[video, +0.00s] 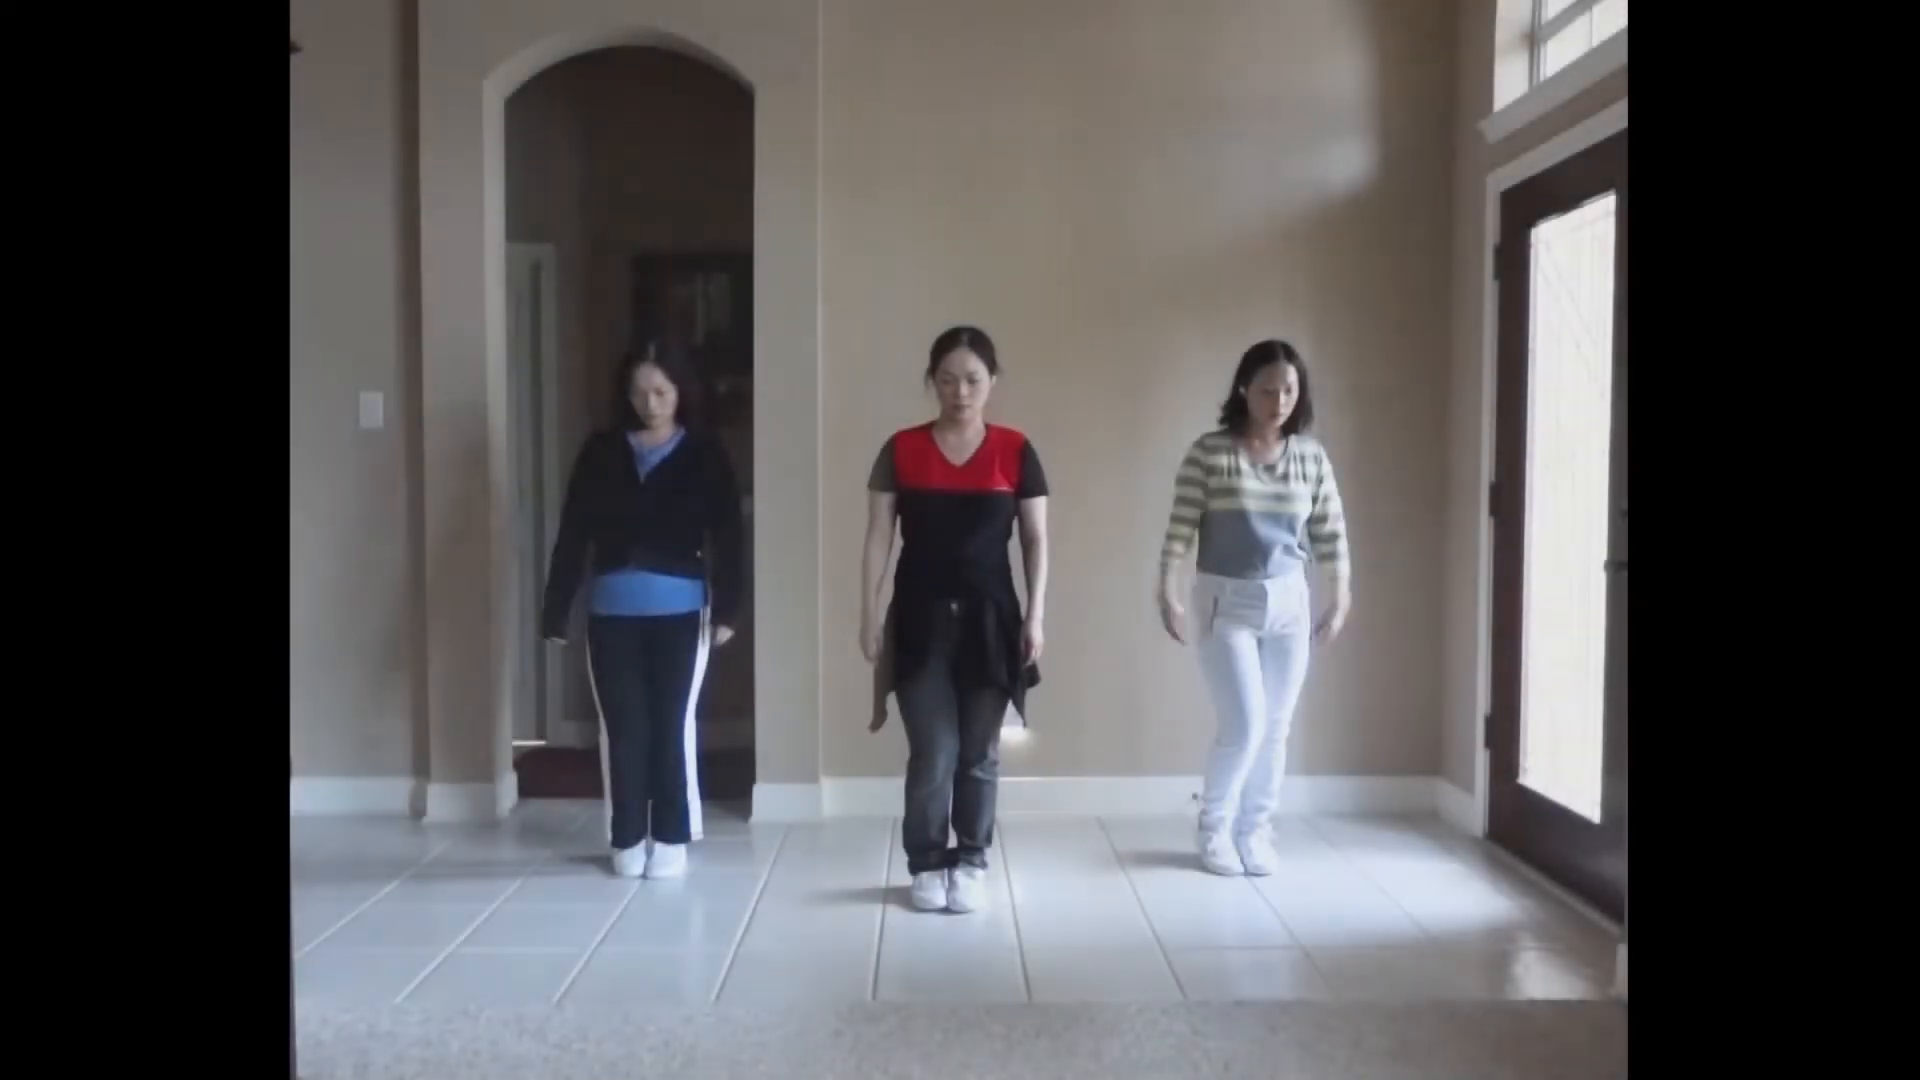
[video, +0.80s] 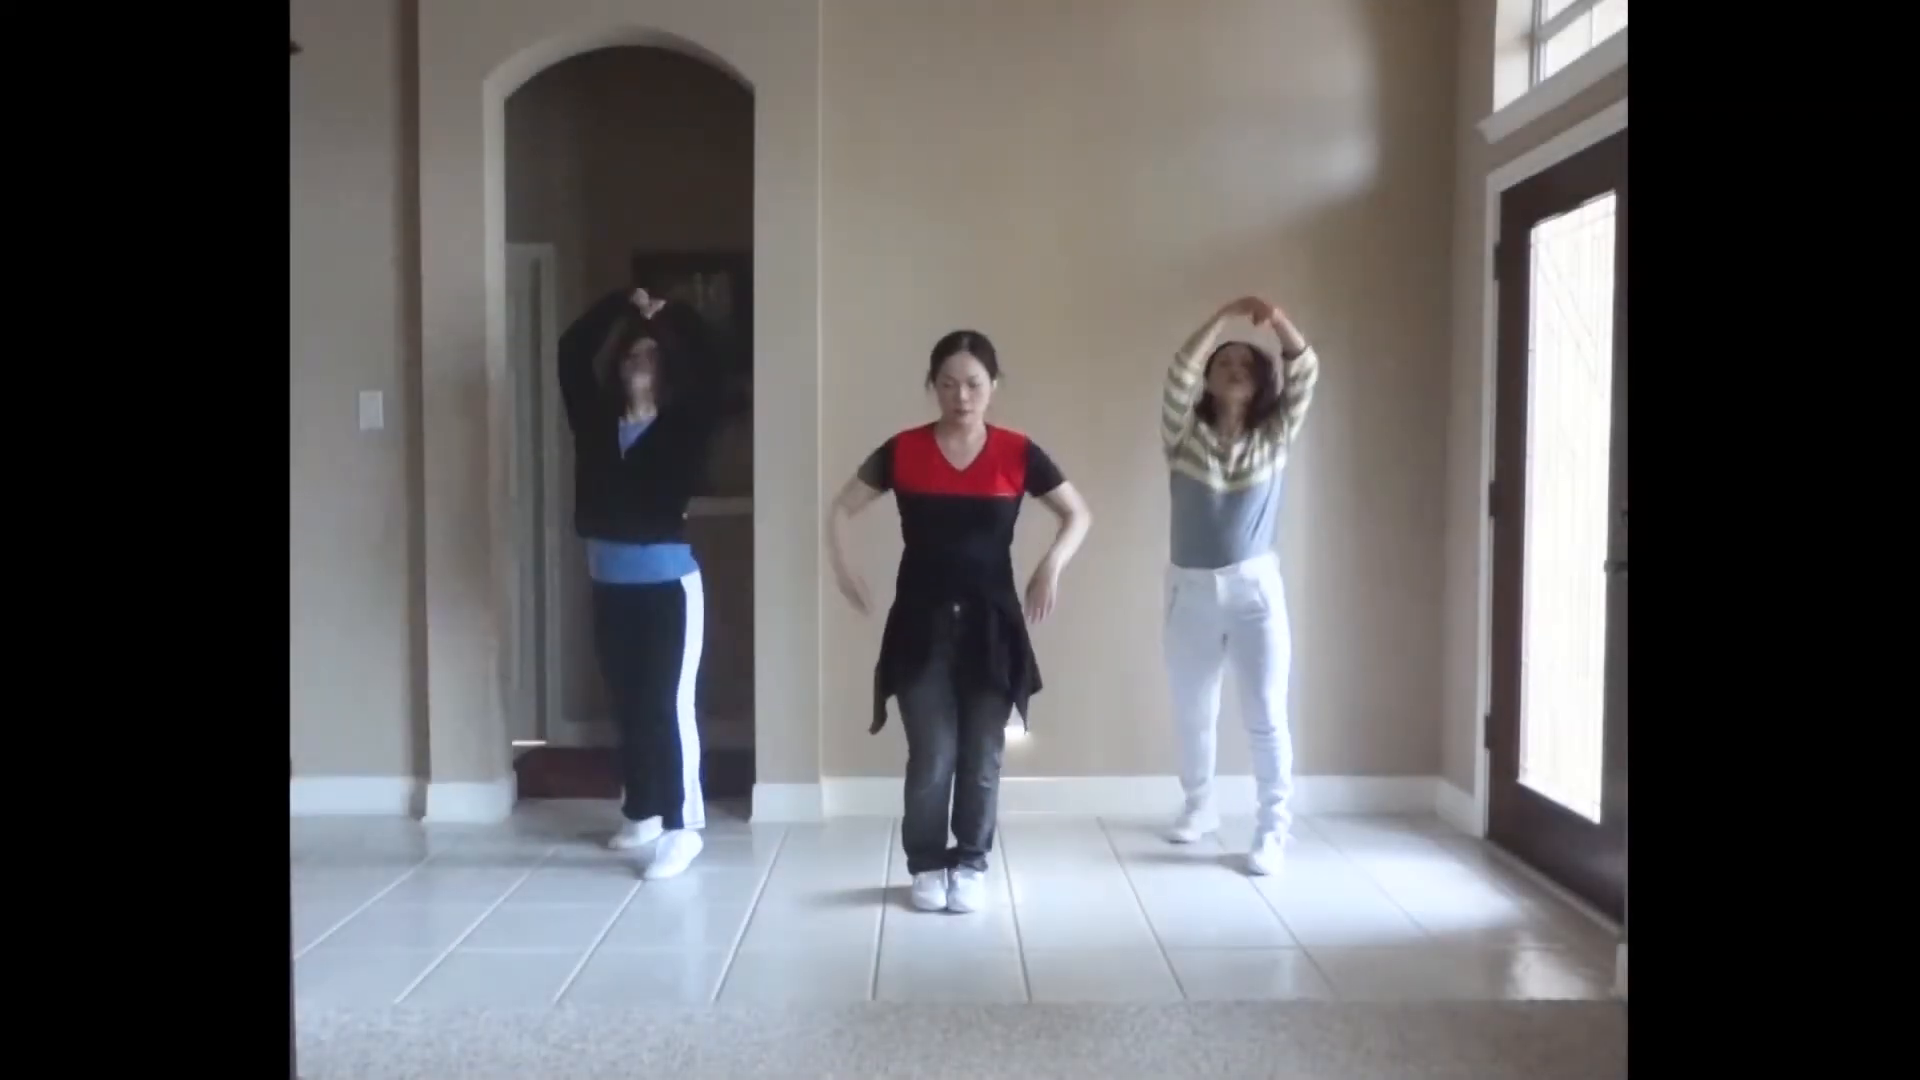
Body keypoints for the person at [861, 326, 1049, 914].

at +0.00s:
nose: (960, 389)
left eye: (972, 379)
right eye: (949, 378)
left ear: (991, 383)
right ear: (933, 382)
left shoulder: (1014, 450)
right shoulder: (903, 449)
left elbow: (1035, 538)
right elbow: (880, 536)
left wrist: (1035, 616)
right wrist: (870, 617)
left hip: (990, 619)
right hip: (920, 618)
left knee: (978, 752)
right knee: (934, 750)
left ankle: (969, 863)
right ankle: (927, 867)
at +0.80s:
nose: (961, 394)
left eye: (973, 383)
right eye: (949, 382)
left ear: (992, 388)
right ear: (933, 386)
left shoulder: (1017, 453)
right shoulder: (903, 451)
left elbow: (1079, 515)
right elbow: (841, 509)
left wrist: (1050, 568)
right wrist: (843, 569)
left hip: (990, 620)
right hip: (921, 619)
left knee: (981, 756)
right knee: (933, 753)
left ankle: (970, 867)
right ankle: (927, 869)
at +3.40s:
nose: (971, 434)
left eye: (983, 424)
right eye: (960, 422)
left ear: (999, 433)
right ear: (940, 428)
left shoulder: (1007, 485)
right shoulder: (909, 474)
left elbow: (1056, 475)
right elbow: (887, 451)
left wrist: (1022, 446)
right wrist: (909, 430)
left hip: (970, 644)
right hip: (901, 642)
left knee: (974, 775)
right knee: (906, 775)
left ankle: (973, 903)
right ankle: (927, 828)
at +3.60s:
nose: (978, 385)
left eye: (991, 376)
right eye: (965, 376)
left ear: (1011, 393)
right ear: (943, 391)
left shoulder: (1021, 460)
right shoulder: (909, 452)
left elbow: (1032, 502)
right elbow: (916, 496)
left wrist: (1018, 447)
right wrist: (941, 430)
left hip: (988, 636)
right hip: (915, 636)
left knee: (990, 784)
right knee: (910, 790)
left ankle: (975, 910)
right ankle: (914, 844)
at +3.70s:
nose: (979, 373)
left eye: (992, 365)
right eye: (966, 364)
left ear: (1012, 384)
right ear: (942, 381)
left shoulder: (1026, 455)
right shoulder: (910, 449)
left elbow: (1031, 532)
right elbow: (920, 523)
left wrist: (1015, 455)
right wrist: (951, 440)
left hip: (995, 632)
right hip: (920, 631)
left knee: (996, 787)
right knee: (915, 789)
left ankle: (975, 910)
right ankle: (912, 860)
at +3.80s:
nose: (978, 365)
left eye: (991, 357)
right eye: (965, 356)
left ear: (1011, 378)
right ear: (942, 375)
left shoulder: (1028, 451)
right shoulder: (910, 450)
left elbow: (1037, 535)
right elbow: (916, 527)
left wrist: (1010, 463)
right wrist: (955, 454)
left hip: (998, 633)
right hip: (922, 633)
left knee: (996, 787)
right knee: (926, 778)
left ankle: (975, 910)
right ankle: (909, 874)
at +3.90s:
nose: (977, 359)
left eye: (990, 352)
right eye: (964, 350)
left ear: (1008, 375)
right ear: (941, 371)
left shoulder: (1028, 448)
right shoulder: (911, 450)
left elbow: (1047, 537)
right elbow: (906, 537)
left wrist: (998, 480)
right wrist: (954, 467)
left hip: (1000, 632)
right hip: (924, 631)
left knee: (996, 787)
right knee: (938, 770)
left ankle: (974, 911)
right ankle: (912, 891)